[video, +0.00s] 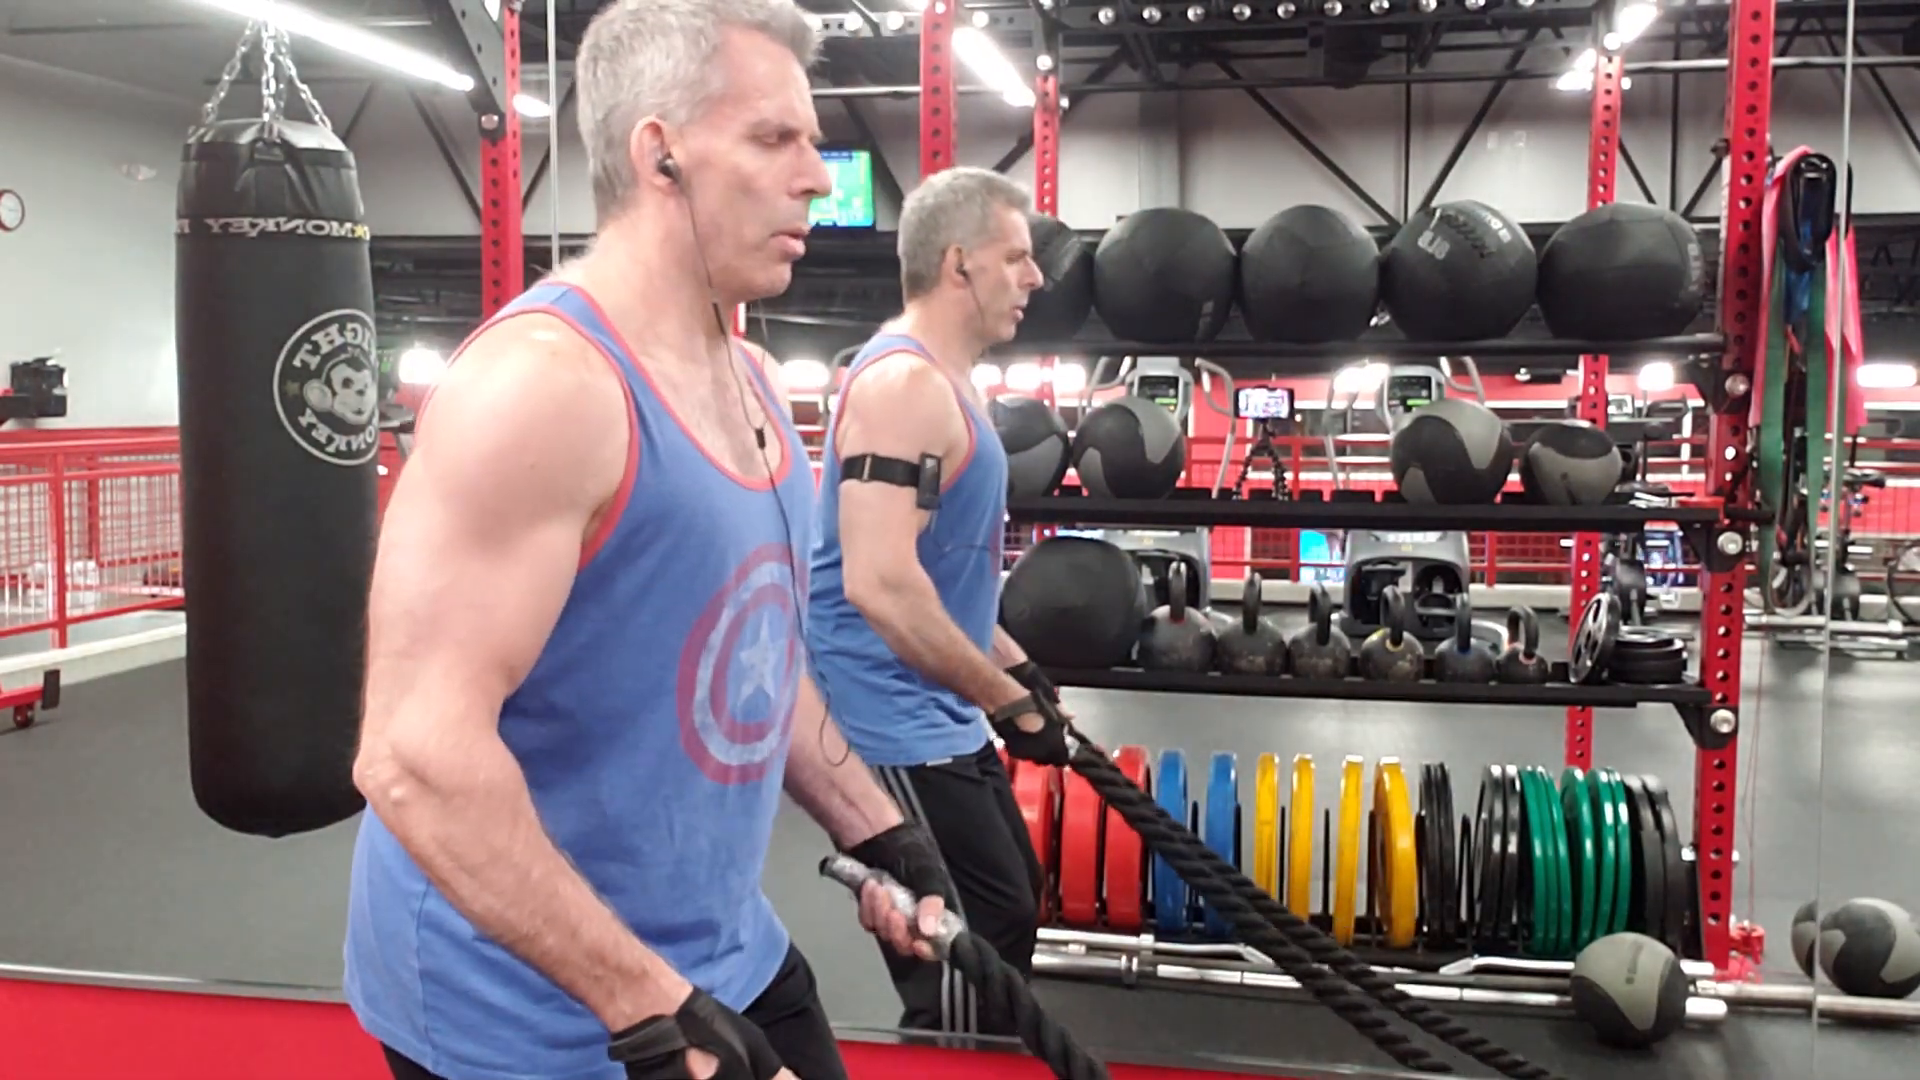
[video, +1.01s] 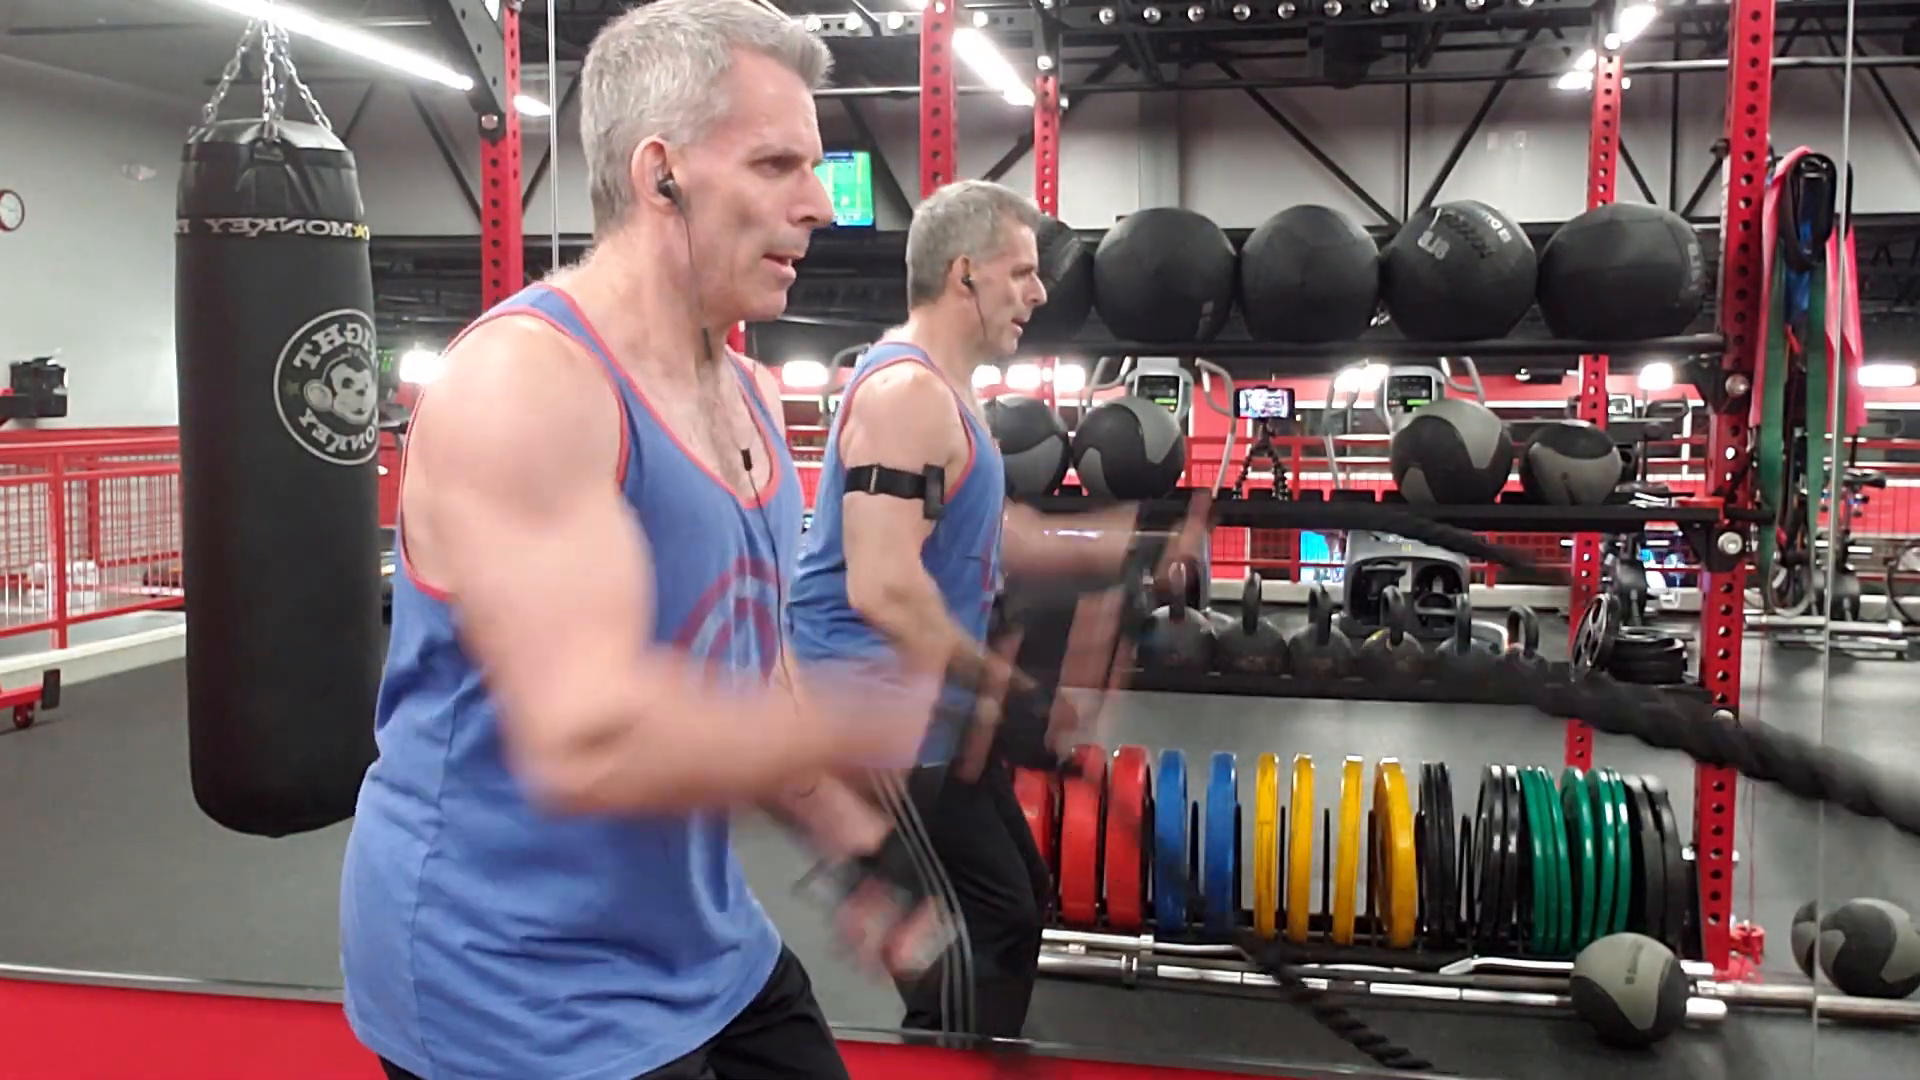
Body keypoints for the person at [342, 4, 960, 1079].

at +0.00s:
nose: (817, 180)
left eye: (811, 144)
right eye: (776, 139)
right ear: (657, 151)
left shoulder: (744, 375)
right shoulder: (536, 384)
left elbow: (755, 656)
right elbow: (417, 754)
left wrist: (884, 843)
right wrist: (647, 1005)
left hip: (731, 952)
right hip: (529, 1012)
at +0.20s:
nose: (829, 184)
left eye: (825, 147)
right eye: (788, 143)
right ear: (671, 155)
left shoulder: (748, 385)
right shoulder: (545, 389)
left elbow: (747, 675)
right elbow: (418, 756)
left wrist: (873, 858)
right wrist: (643, 1010)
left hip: (730, 955)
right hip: (530, 1012)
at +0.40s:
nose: (835, 188)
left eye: (829, 150)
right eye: (794, 146)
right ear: (677, 162)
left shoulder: (751, 391)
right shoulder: (547, 394)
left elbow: (744, 679)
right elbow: (419, 761)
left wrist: (875, 859)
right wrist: (641, 1019)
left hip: (731, 958)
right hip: (533, 1014)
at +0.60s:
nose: (845, 193)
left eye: (839, 156)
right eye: (803, 151)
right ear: (689, 167)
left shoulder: (757, 393)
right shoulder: (550, 394)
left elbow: (746, 679)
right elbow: (413, 761)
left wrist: (876, 858)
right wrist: (619, 1026)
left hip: (733, 963)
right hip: (529, 1017)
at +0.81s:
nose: (819, 189)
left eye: (817, 155)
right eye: (781, 149)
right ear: (666, 158)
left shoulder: (746, 388)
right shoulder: (533, 367)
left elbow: (730, 696)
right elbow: (533, 723)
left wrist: (827, 891)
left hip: (722, 947)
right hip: (541, 986)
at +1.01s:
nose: (815, 206)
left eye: (812, 168)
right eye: (775, 164)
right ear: (658, 175)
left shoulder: (741, 388)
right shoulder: (516, 383)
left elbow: (752, 673)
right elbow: (581, 740)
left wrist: (857, 855)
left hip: (697, 924)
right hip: (516, 967)